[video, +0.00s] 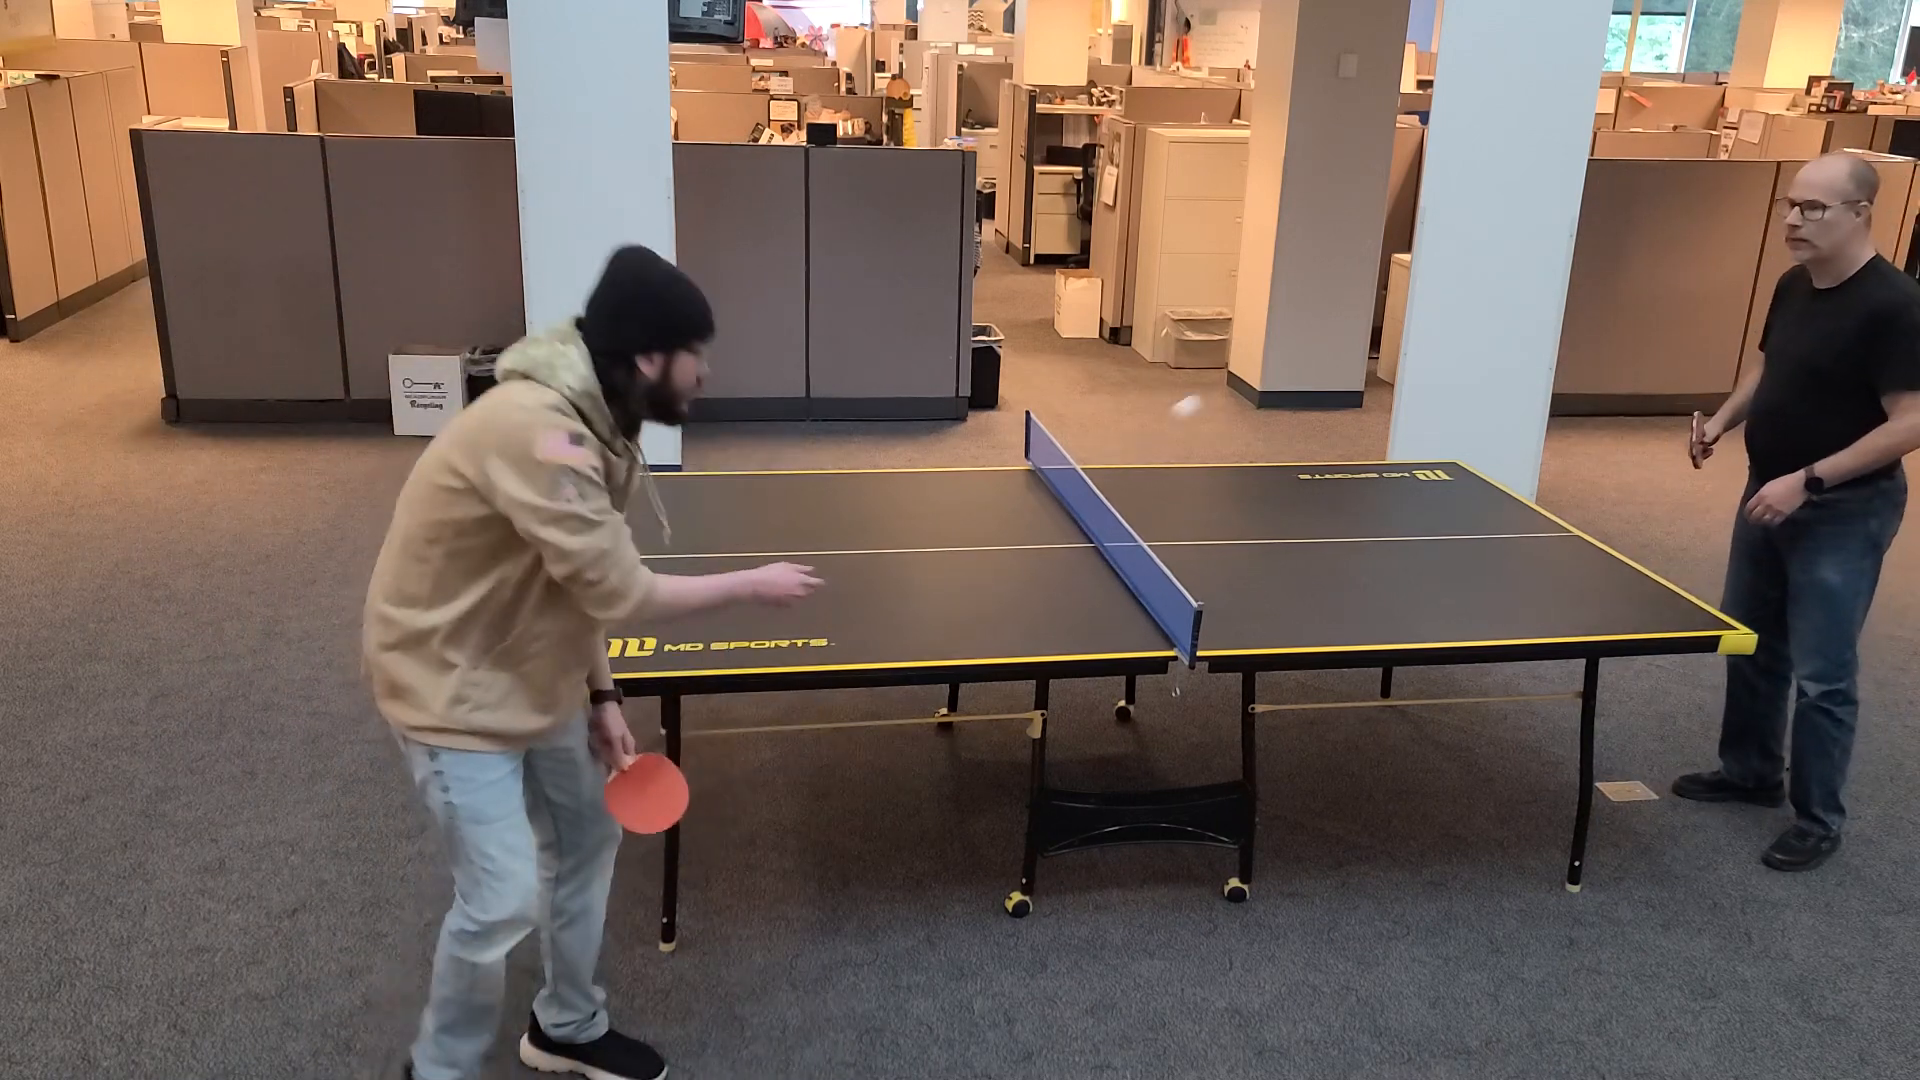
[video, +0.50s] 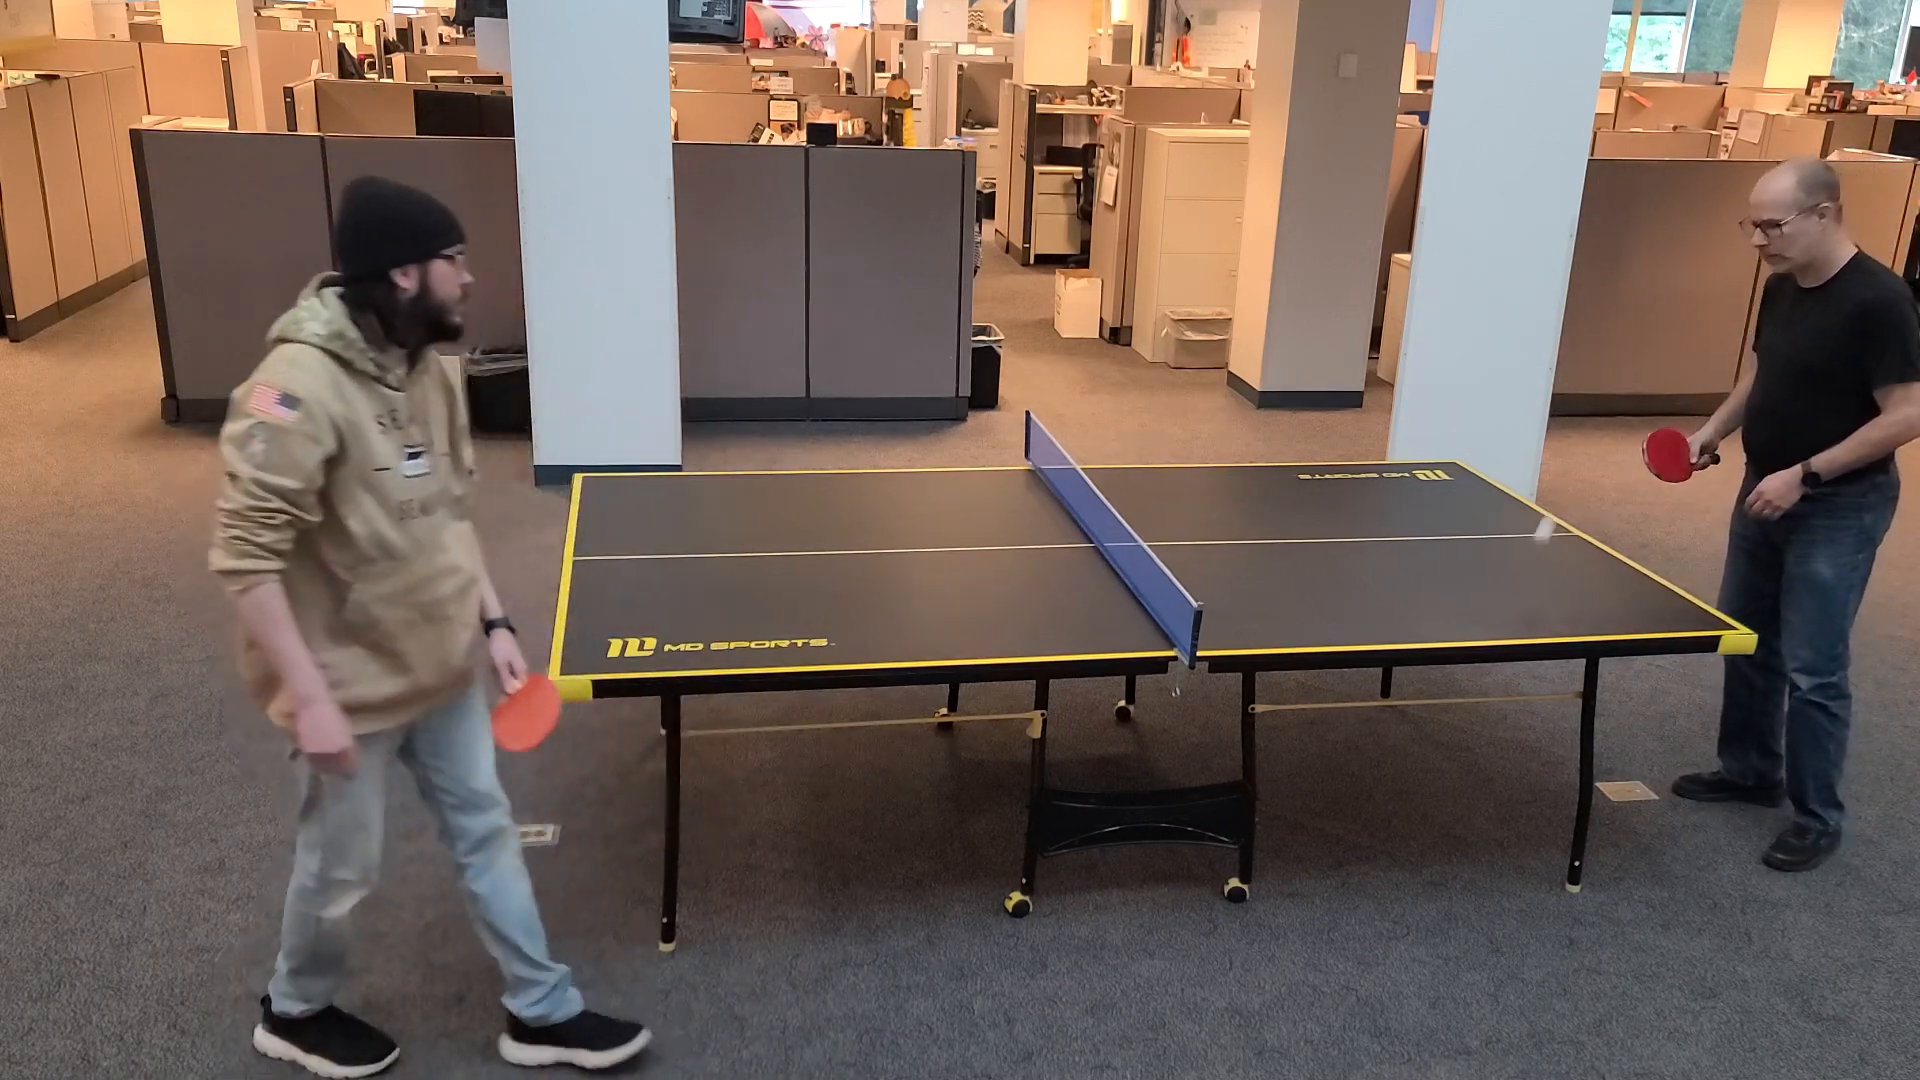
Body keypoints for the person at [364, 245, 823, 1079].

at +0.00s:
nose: (703, 373)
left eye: (703, 355)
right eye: (695, 355)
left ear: (641, 356)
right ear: (644, 358)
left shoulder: (598, 426)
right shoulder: (537, 432)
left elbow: (574, 582)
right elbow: (620, 597)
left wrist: (601, 695)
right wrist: (748, 586)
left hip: (532, 666)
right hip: (445, 674)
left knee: (585, 835)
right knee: (503, 893)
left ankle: (567, 1025)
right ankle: (443, 1067)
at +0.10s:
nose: (664, 327)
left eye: (661, 309)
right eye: (653, 310)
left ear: (601, 319)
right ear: (601, 318)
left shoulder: (573, 398)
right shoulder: (496, 404)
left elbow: (573, 553)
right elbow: (541, 577)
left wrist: (597, 681)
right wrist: (682, 602)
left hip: (532, 660)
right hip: (446, 670)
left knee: (575, 840)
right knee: (488, 886)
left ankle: (567, 1024)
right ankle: (387, 1023)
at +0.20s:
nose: (618, 302)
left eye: (615, 283)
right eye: (604, 284)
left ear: (551, 293)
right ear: (550, 293)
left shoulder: (548, 380)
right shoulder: (448, 386)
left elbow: (556, 546)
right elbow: (451, 567)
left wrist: (579, 669)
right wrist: (595, 642)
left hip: (537, 673)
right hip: (443, 684)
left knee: (570, 848)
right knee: (454, 885)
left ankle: (567, 1022)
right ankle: (340, 984)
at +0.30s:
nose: (566, 292)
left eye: (560, 274)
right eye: (551, 276)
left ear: (505, 289)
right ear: (500, 290)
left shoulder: (512, 385)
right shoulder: (396, 393)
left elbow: (530, 542)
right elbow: (370, 566)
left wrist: (566, 657)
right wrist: (486, 672)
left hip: (513, 677)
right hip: (414, 690)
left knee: (564, 849)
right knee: (415, 879)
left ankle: (568, 1024)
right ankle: (305, 1000)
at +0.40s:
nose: (515, 286)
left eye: (509, 268)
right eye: (498, 270)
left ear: (450, 285)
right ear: (445, 285)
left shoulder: (465, 380)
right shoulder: (345, 392)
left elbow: (493, 529)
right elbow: (296, 566)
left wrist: (535, 641)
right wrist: (388, 688)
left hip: (475, 667)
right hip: (380, 687)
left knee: (529, 842)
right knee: (366, 868)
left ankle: (564, 1020)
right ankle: (295, 1007)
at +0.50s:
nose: (470, 276)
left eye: (465, 259)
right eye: (453, 261)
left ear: (409, 276)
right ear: (399, 277)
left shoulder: (431, 362)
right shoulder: (297, 385)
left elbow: (445, 512)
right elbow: (244, 556)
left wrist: (496, 624)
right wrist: (309, 698)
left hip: (438, 652)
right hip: (347, 673)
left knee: (487, 833)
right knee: (340, 864)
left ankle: (542, 1009)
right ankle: (294, 1010)